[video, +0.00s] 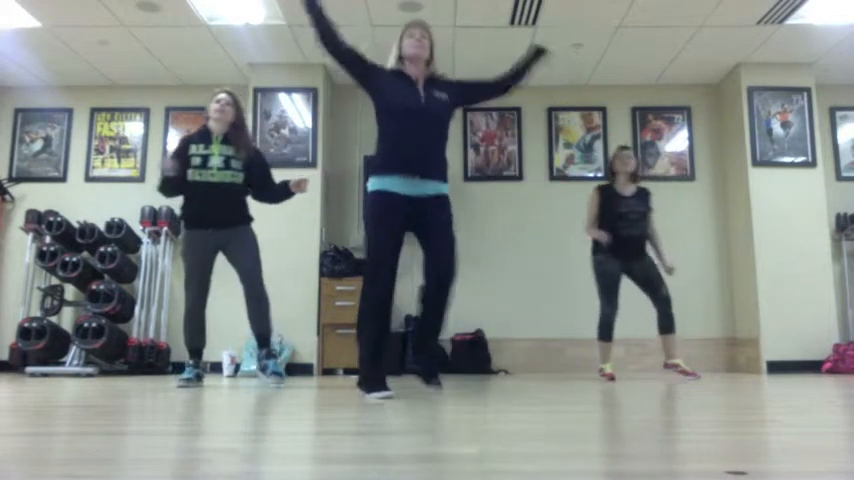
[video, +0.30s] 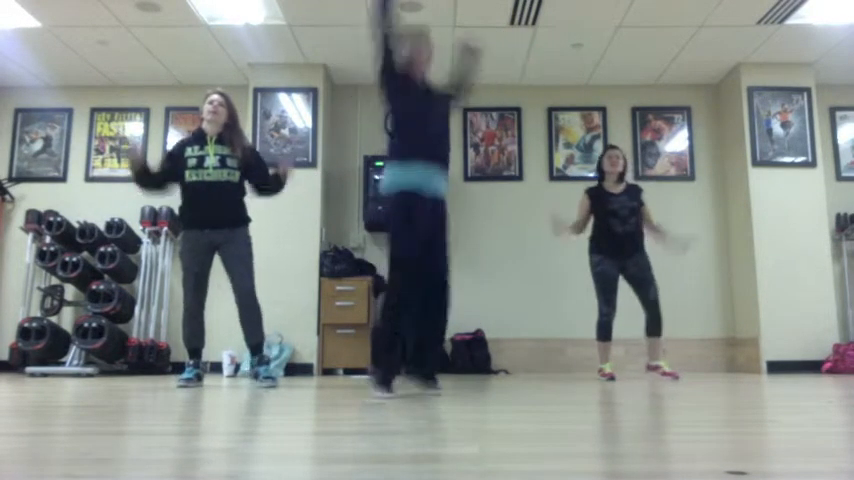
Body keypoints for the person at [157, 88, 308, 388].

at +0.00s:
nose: (221, 105)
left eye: (227, 103)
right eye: (217, 101)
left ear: (236, 115)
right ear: (207, 110)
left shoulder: (246, 150)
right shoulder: (188, 145)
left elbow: (263, 191)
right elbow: (170, 189)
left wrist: (289, 188)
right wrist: (171, 174)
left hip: (237, 230)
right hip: (199, 232)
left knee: (255, 287)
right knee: (195, 297)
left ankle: (265, 355)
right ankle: (194, 363)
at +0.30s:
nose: (213, 107)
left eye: (220, 104)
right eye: (209, 103)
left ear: (229, 115)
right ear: (201, 111)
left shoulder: (240, 148)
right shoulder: (185, 148)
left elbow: (262, 185)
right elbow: (156, 183)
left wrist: (279, 178)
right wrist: (139, 168)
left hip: (234, 231)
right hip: (195, 233)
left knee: (246, 293)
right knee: (193, 299)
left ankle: (259, 361)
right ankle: (193, 364)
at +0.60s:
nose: (223, 108)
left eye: (229, 105)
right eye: (219, 104)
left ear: (240, 116)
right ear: (211, 113)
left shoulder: (253, 150)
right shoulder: (193, 145)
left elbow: (290, 143)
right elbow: (157, 123)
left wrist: (285, 109)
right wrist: (145, 82)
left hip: (245, 229)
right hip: (208, 230)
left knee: (250, 295)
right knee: (201, 298)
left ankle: (254, 362)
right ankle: (196, 364)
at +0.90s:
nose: (237, 112)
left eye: (243, 108)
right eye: (233, 108)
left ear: (253, 116)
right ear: (225, 115)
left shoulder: (270, 151)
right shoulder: (208, 147)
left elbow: (309, 151)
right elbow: (169, 126)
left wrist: (304, 118)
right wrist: (162, 85)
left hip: (261, 232)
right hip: (224, 232)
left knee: (258, 300)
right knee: (213, 300)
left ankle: (255, 365)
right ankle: (201, 364)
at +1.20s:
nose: (242, 113)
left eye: (248, 110)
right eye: (238, 109)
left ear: (259, 117)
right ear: (231, 114)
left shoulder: (275, 150)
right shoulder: (212, 145)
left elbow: (315, 146)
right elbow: (173, 124)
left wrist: (310, 111)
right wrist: (168, 84)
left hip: (260, 233)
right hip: (223, 232)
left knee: (257, 300)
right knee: (215, 299)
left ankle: (254, 365)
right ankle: (210, 364)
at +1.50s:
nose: (241, 111)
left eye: (247, 107)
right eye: (237, 107)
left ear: (258, 116)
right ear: (230, 113)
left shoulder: (272, 150)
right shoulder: (210, 145)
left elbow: (311, 147)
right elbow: (171, 124)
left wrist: (307, 113)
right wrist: (167, 84)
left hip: (256, 233)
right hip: (219, 232)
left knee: (254, 300)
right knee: (213, 299)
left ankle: (254, 365)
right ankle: (210, 364)